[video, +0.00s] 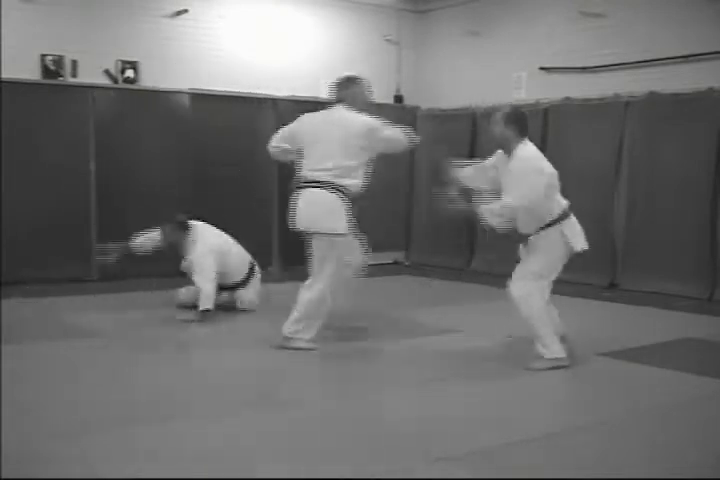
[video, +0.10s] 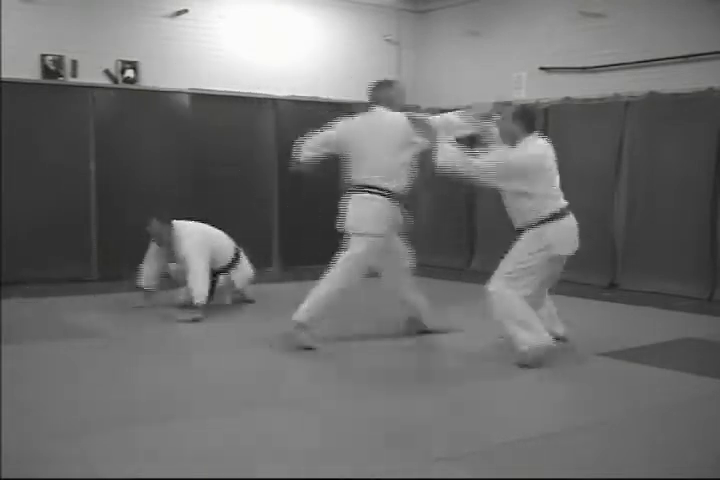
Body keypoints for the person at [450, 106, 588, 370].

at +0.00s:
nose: (491, 130)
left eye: (496, 125)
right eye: (492, 125)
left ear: (511, 129)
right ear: (509, 130)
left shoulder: (528, 161)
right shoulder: (507, 157)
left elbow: (514, 205)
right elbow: (484, 174)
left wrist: (473, 209)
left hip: (555, 235)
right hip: (539, 235)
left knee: (522, 287)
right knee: (532, 289)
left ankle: (553, 353)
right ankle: (556, 335)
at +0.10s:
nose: (498, 123)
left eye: (504, 118)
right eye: (499, 118)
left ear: (518, 125)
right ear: (527, 126)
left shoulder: (521, 157)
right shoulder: (541, 146)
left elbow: (475, 167)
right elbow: (503, 154)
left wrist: (441, 143)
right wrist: (487, 136)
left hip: (544, 234)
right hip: (561, 228)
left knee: (501, 287)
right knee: (534, 289)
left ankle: (534, 344)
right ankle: (555, 333)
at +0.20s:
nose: (501, 116)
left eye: (504, 112)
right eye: (503, 111)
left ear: (516, 115)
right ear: (532, 115)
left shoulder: (500, 143)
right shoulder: (549, 133)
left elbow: (459, 131)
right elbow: (557, 119)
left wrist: (432, 109)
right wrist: (538, 106)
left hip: (530, 226)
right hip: (563, 220)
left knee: (498, 285)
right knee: (550, 280)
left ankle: (512, 343)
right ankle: (554, 324)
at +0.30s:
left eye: (515, 99)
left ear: (513, 101)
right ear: (541, 104)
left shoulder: (496, 125)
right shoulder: (555, 127)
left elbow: (459, 115)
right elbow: (594, 122)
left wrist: (448, 102)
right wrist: (565, 114)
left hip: (511, 217)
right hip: (549, 215)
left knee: (507, 286)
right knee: (565, 270)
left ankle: (509, 350)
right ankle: (580, 316)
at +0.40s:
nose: (547, 105)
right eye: (547, 101)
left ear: (519, 97)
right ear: (546, 103)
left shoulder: (494, 118)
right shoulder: (554, 130)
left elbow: (470, 105)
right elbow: (595, 153)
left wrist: (474, 97)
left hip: (495, 212)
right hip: (533, 212)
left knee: (504, 285)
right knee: (569, 270)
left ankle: (511, 347)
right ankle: (575, 328)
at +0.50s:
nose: (558, 123)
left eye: (558, 118)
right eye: (557, 118)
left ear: (532, 106)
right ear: (550, 116)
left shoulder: (499, 116)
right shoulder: (548, 146)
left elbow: (503, 103)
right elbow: (560, 190)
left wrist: (525, 99)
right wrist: (587, 198)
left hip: (475, 216)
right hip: (511, 221)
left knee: (499, 281)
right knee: (559, 281)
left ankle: (467, 330)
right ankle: (553, 347)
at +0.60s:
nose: (564, 145)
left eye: (566, 138)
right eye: (563, 138)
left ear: (539, 127)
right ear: (551, 134)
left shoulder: (513, 136)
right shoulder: (535, 162)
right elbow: (544, 214)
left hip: (467, 230)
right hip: (496, 235)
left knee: (494, 294)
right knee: (547, 287)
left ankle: (449, 339)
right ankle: (552, 353)